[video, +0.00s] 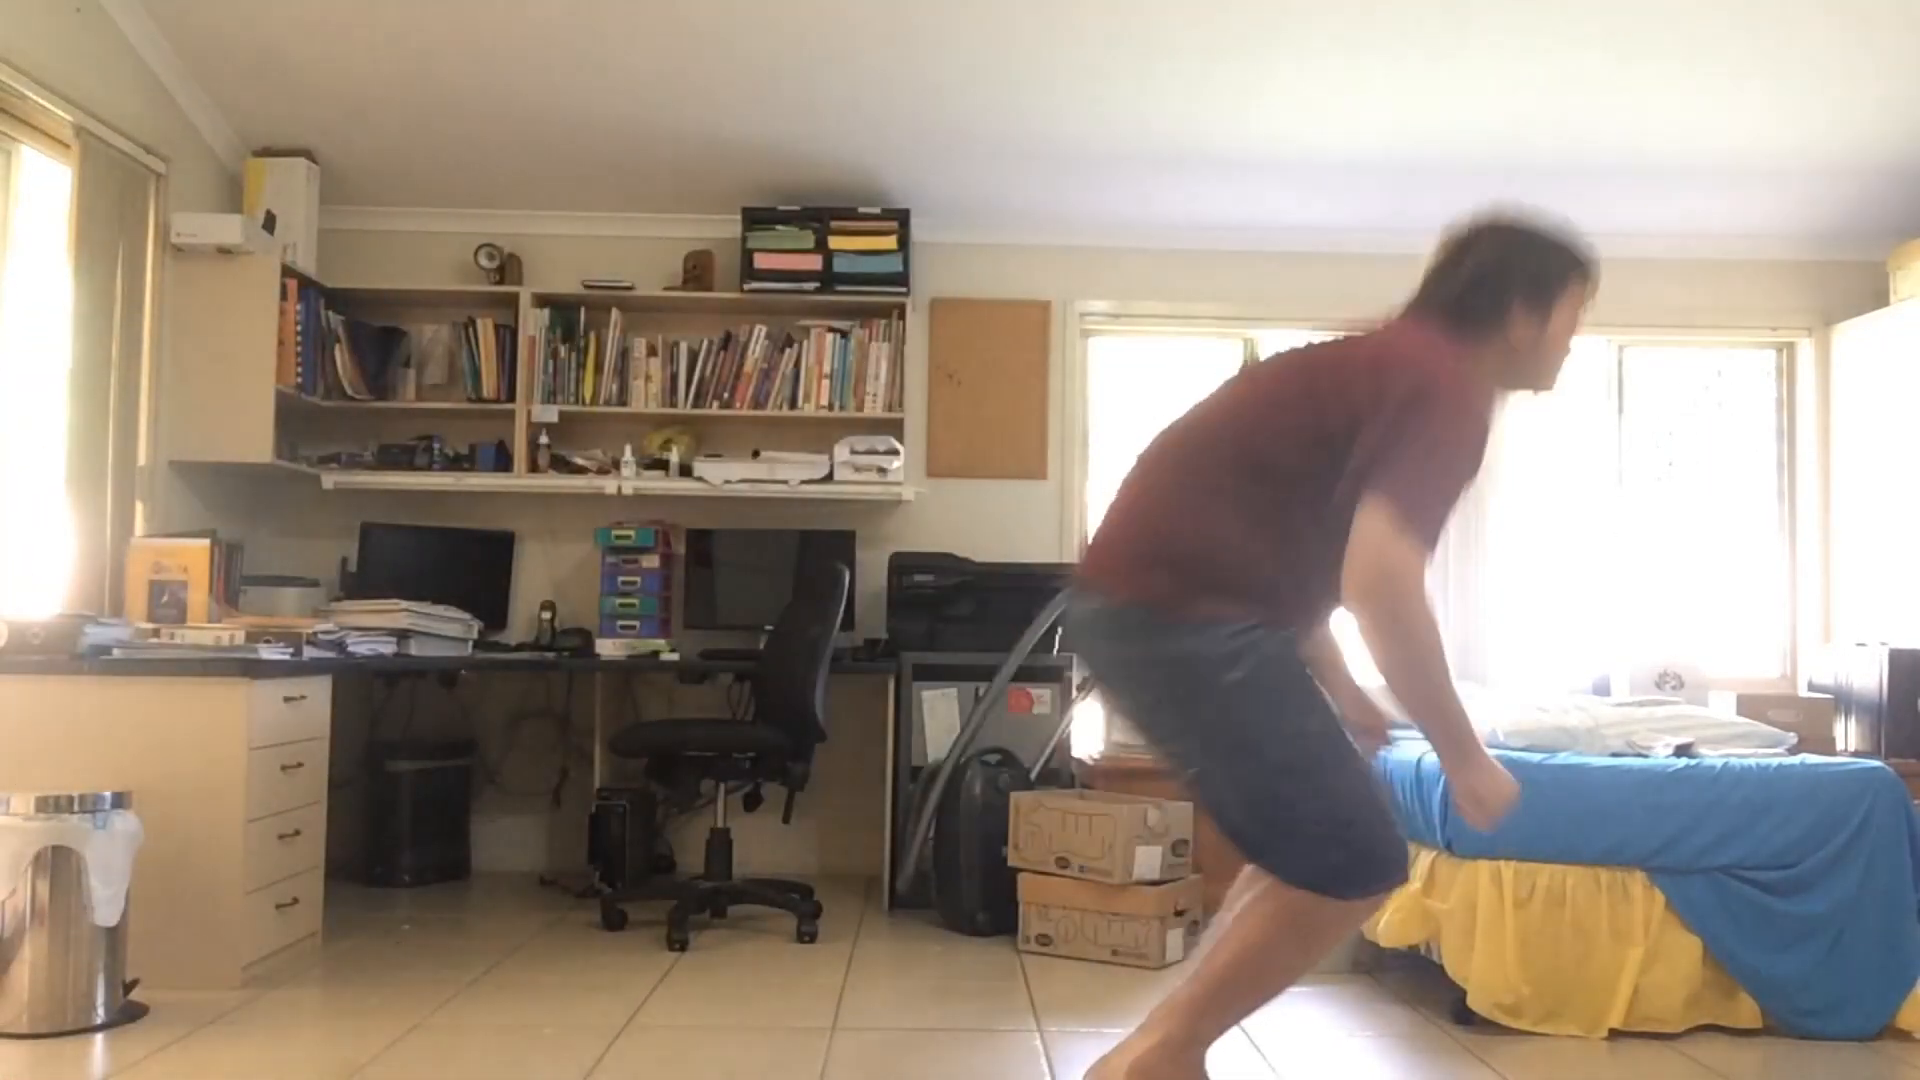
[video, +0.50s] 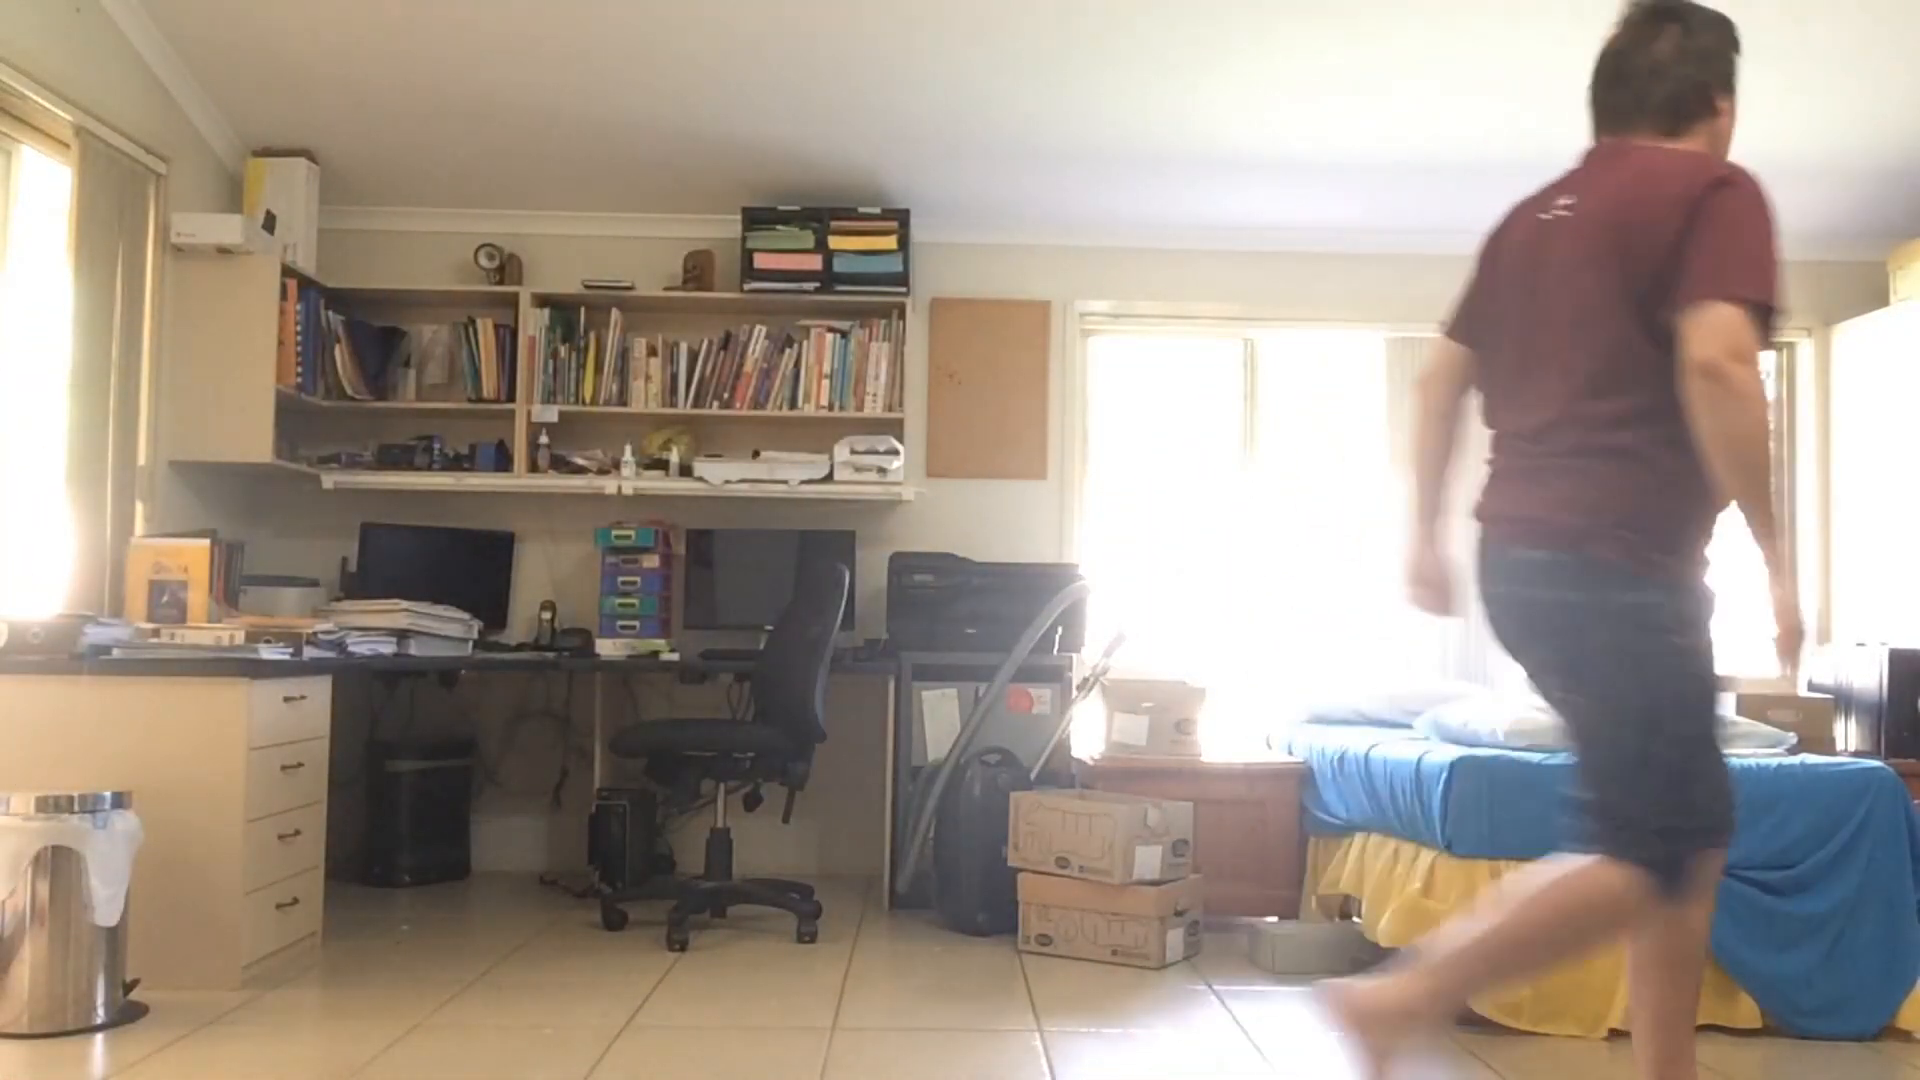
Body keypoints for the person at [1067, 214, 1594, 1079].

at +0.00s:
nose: (1571, 341)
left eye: (1576, 320)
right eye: (1569, 317)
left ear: (1463, 293)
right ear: (1519, 311)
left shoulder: (1383, 353)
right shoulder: (1450, 382)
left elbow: (1274, 554)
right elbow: (1379, 579)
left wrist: (1346, 695)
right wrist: (1466, 757)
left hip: (1133, 599)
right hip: (1190, 618)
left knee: (1311, 840)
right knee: (1357, 864)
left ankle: (1161, 1053)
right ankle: (1154, 1059)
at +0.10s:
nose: (1606, 228)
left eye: (1607, 205)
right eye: (1600, 203)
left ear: (1503, 196)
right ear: (1547, 203)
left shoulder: (1427, 263)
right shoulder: (1488, 283)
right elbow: (1398, 475)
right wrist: (1446, 676)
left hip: (1240, 571)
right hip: (1268, 581)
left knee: (1406, 794)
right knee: (1373, 845)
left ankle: (1254, 1011)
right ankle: (1147, 1060)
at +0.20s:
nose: (1640, 149)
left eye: (1639, 126)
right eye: (1634, 124)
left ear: (1517, 116)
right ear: (1585, 123)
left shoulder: (1440, 198)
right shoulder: (1541, 211)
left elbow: (1326, 367)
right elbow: (1458, 377)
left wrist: (1269, 539)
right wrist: (1477, 592)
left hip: (1308, 534)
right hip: (1361, 537)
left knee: (1495, 773)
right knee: (1366, 831)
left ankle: (1447, 1039)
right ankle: (1150, 1057)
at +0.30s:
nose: (1682, 105)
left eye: (1682, 81)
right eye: (1677, 80)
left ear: (1555, 79)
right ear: (1631, 81)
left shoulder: (1463, 174)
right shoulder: (1608, 163)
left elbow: (1355, 335)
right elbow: (1542, 324)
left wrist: (1290, 489)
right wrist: (1542, 538)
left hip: (1382, 505)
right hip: (1450, 513)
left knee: (1543, 768)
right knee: (1379, 795)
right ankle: (1179, 1046)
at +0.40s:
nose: (1713, 101)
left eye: (1712, 80)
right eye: (1708, 79)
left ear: (1589, 75)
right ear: (1670, 78)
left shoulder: (1499, 188)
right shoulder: (1671, 173)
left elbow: (1394, 341)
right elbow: (1636, 324)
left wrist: (1352, 493)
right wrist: (1644, 531)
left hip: (1467, 534)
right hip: (1540, 543)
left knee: (1627, 811)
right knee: (1492, 822)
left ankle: (1655, 1061)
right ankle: (1242, 1028)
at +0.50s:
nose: (1733, 125)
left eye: (1735, 111)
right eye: (1733, 109)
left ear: (1607, 103)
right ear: (1712, 104)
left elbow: (1442, 373)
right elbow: (1714, 361)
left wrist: (1427, 533)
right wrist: (1777, 553)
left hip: (1520, 561)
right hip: (1618, 568)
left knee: (1693, 830)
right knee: (1649, 855)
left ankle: (1664, 1067)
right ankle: (1385, 1003)